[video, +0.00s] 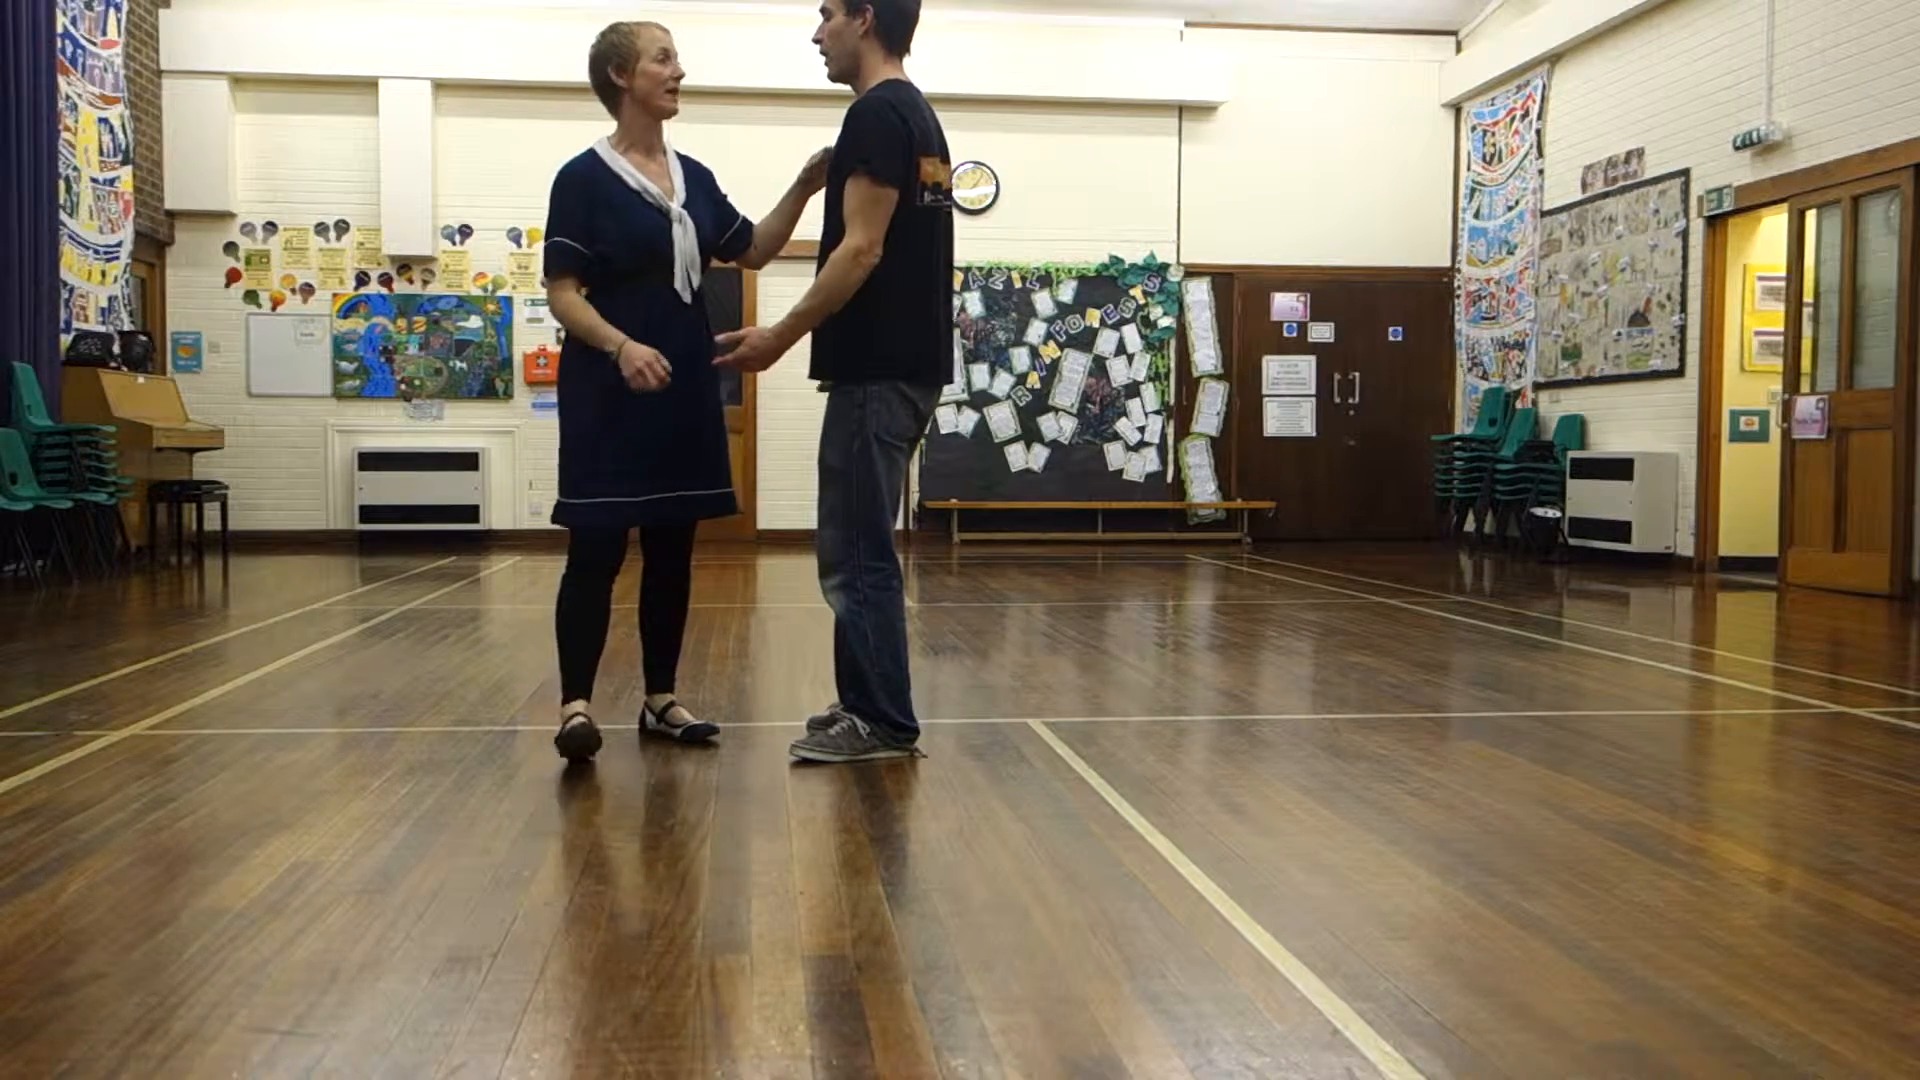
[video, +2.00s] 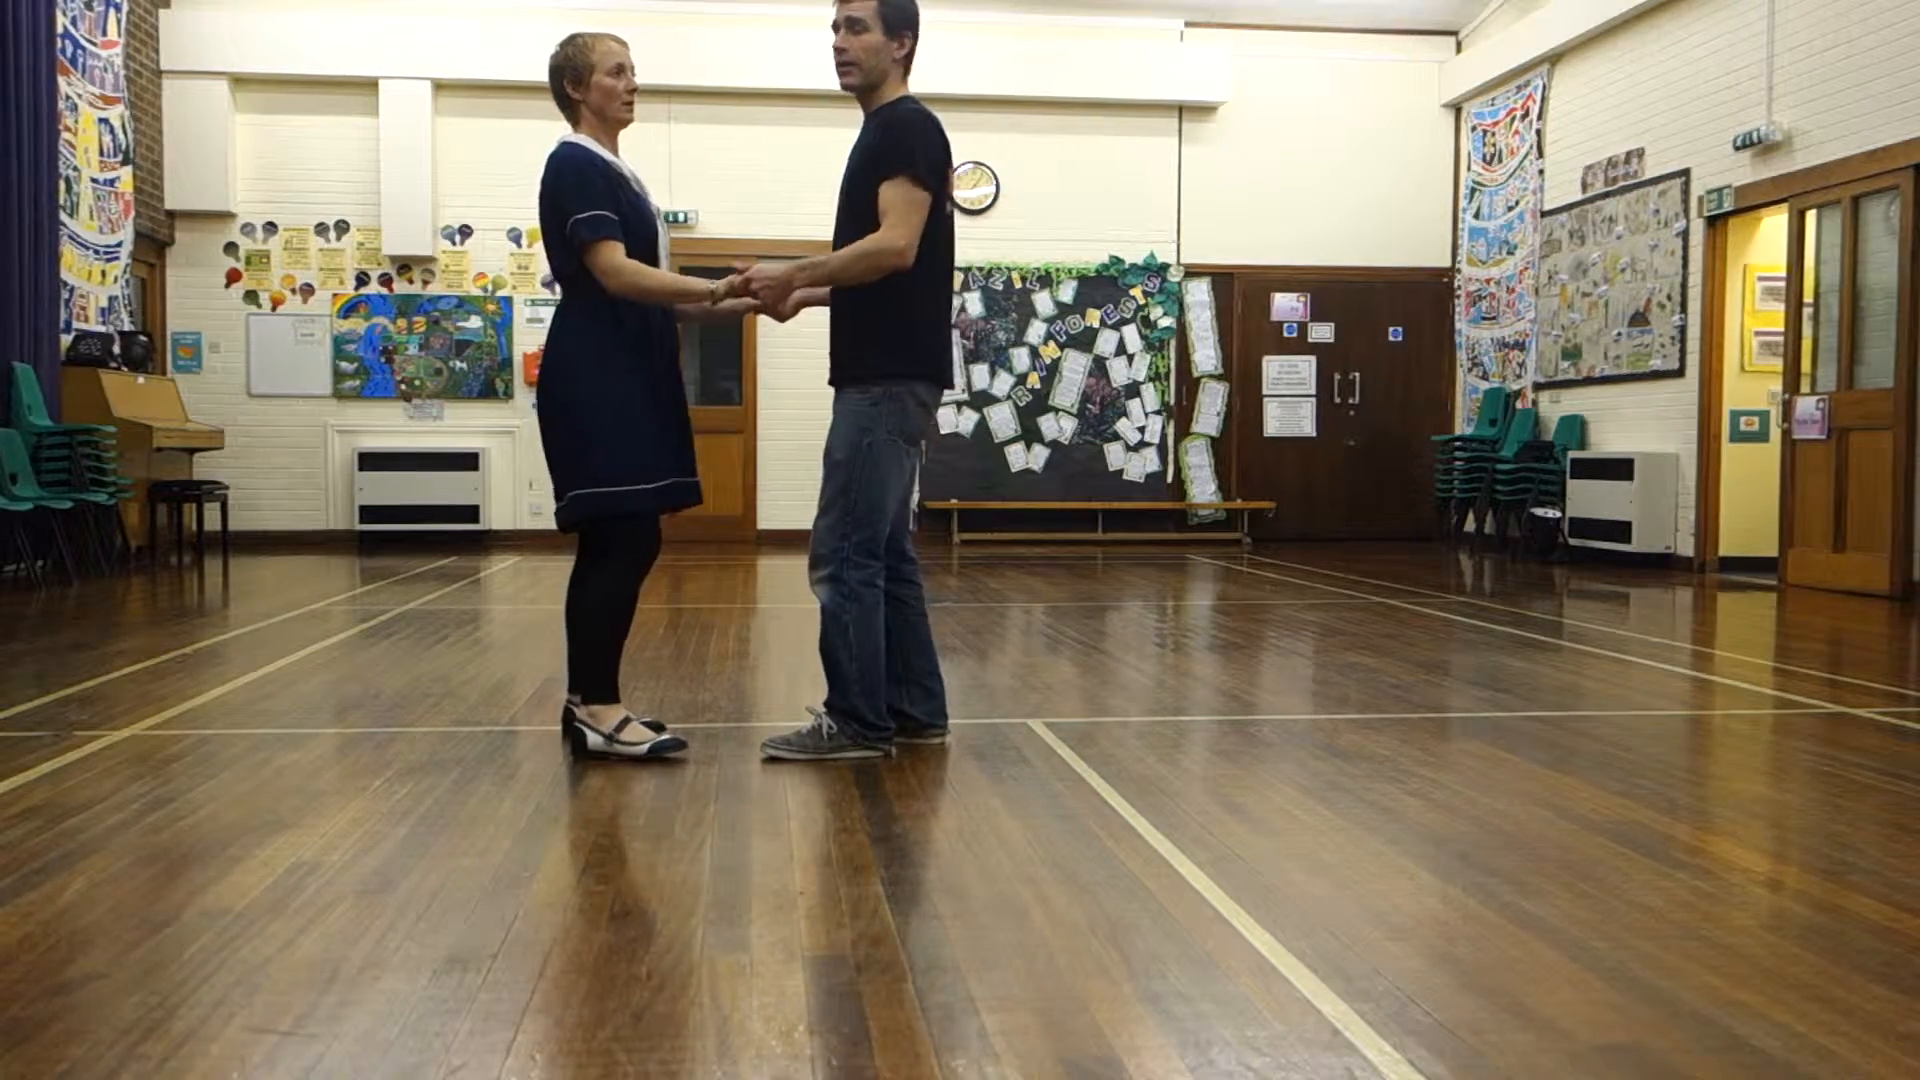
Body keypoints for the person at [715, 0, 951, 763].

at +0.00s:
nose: (817, 33)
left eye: (826, 17)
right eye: (820, 18)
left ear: (863, 21)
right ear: (874, 26)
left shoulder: (880, 110)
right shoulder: (910, 112)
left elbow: (862, 247)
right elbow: (875, 250)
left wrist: (780, 333)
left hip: (877, 371)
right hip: (895, 367)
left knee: (856, 553)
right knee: (859, 548)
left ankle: (883, 720)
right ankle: (869, 707)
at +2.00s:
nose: (838, 42)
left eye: (854, 29)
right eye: (836, 30)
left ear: (902, 45)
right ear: (848, 45)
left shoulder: (906, 127)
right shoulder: (883, 132)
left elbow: (897, 245)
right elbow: (876, 255)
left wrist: (799, 275)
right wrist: (802, 285)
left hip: (887, 380)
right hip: (883, 376)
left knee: (844, 555)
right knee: (884, 551)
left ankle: (856, 721)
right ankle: (915, 708)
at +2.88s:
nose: (867, 42)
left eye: (883, 29)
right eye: (855, 30)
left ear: (914, 47)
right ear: (842, 48)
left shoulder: (940, 129)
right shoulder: (837, 160)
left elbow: (975, 243)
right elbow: (825, 275)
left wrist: (901, 283)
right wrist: (754, 314)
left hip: (927, 375)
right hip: (868, 380)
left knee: (904, 552)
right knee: (866, 555)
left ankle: (936, 712)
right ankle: (894, 702)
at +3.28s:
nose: (890, 61)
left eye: (898, 47)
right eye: (886, 46)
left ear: (916, 53)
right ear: (870, 47)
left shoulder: (951, 131)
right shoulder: (837, 136)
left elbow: (990, 238)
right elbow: (804, 244)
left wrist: (968, 298)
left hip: (928, 369)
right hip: (855, 369)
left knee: (927, 553)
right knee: (869, 550)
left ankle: (945, 715)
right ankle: (888, 703)